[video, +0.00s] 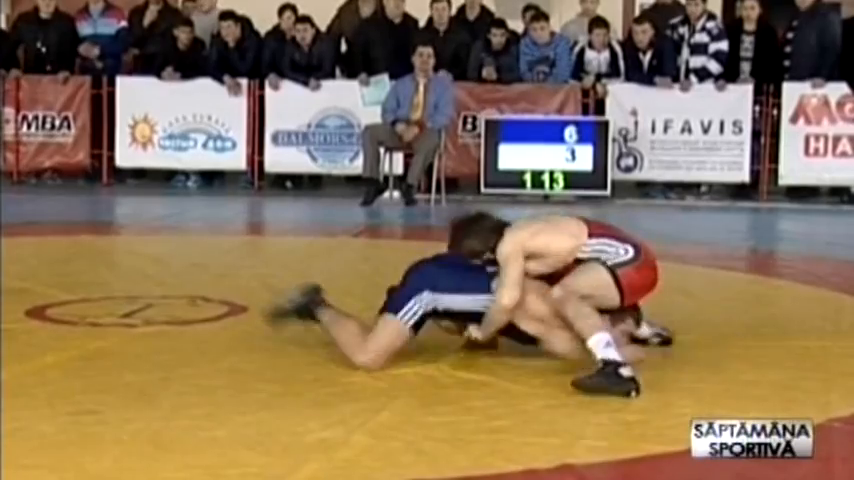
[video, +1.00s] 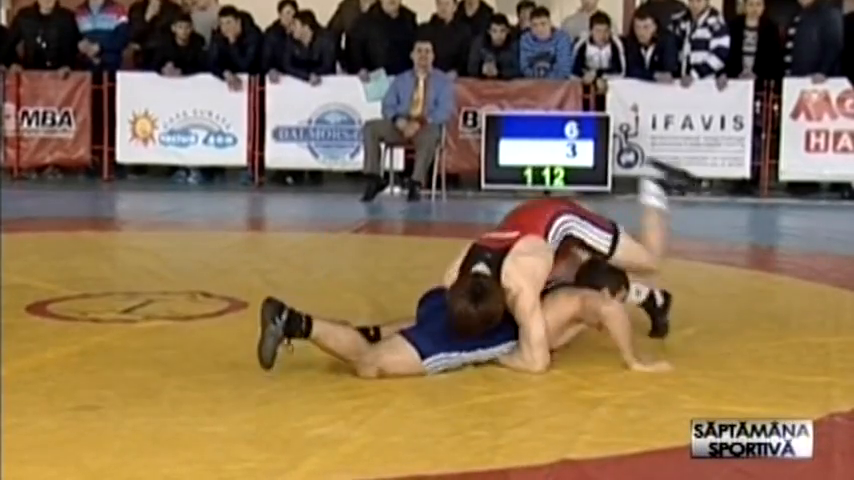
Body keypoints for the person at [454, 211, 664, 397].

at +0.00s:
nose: (480, 263)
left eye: (477, 258)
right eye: (473, 259)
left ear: (486, 250)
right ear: (496, 230)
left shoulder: (510, 243)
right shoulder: (519, 235)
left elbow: (508, 300)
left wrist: (483, 333)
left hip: (629, 263)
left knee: (567, 294)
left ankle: (614, 367)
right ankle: (634, 326)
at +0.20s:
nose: (479, 297)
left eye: (475, 291)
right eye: (473, 292)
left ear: (490, 284)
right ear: (492, 257)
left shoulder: (529, 269)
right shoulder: (512, 256)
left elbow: (526, 338)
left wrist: (494, 362)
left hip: (628, 260)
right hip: (599, 263)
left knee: (589, 302)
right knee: (563, 310)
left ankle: (631, 365)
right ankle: (636, 319)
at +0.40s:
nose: (479, 284)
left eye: (477, 278)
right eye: (474, 280)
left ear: (489, 270)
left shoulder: (521, 262)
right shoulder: (508, 240)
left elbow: (525, 331)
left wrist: (494, 359)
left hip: (623, 263)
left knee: (573, 304)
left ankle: (629, 364)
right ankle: (628, 317)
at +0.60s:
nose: (455, 282)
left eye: (455, 278)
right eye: (449, 278)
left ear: (476, 272)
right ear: (482, 238)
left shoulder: (517, 268)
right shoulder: (502, 239)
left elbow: (538, 332)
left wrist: (505, 361)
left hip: (619, 264)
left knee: (561, 309)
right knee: (561, 297)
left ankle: (627, 358)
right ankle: (636, 313)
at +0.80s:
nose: (464, 293)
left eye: (466, 283)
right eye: (457, 287)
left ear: (484, 268)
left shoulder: (520, 263)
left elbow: (534, 339)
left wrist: (505, 360)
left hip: (589, 229)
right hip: (559, 250)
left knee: (601, 285)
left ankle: (641, 342)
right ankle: (634, 300)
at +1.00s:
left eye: (488, 324)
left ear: (499, 304)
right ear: (456, 291)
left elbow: (537, 364)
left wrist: (494, 354)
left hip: (562, 218)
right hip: (518, 219)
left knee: (650, 260)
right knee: (579, 279)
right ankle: (651, 297)